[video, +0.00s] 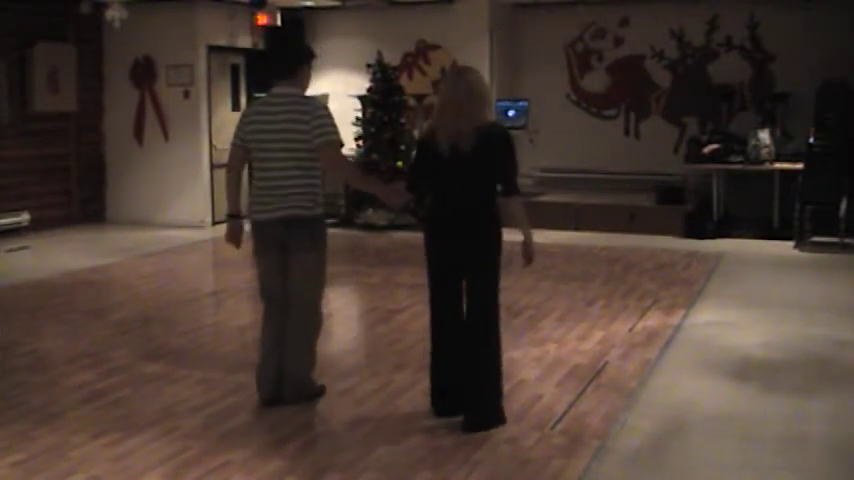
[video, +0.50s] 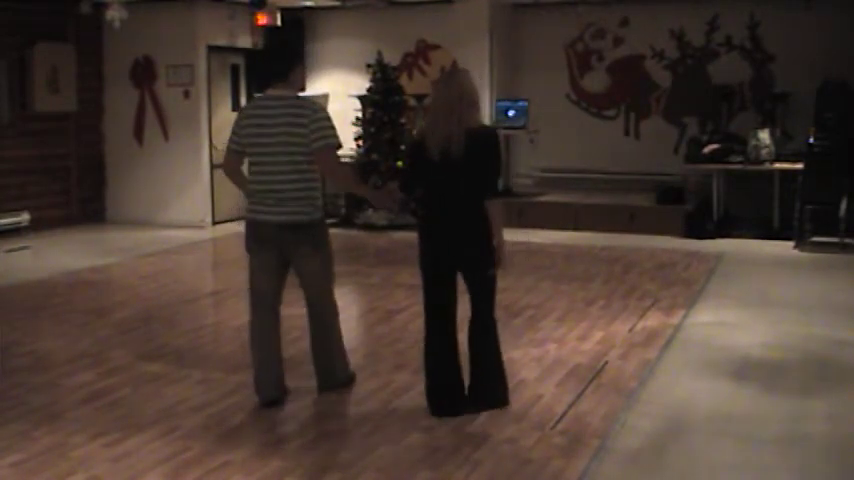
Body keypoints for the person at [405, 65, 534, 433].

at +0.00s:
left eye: (442, 90)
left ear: (443, 98)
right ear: (483, 97)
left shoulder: (431, 140)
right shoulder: (496, 137)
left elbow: (415, 193)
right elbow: (509, 195)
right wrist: (526, 235)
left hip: (441, 243)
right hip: (483, 243)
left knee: (444, 317)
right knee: (482, 320)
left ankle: (445, 399)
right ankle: (482, 409)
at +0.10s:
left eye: (441, 91)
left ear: (441, 98)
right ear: (481, 97)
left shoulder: (428, 140)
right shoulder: (493, 137)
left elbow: (410, 193)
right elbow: (507, 195)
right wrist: (526, 235)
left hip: (439, 243)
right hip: (482, 243)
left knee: (443, 318)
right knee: (482, 319)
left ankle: (447, 400)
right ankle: (483, 409)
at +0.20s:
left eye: (440, 92)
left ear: (439, 99)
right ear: (478, 98)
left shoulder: (426, 142)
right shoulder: (491, 139)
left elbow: (412, 193)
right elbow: (503, 197)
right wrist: (519, 238)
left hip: (437, 244)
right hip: (479, 243)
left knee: (442, 320)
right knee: (483, 321)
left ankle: (448, 400)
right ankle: (484, 406)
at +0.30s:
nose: (477, 105)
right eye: (475, 98)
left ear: (437, 101)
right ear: (475, 101)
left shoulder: (422, 144)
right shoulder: (486, 141)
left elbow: (407, 194)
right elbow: (498, 198)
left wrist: (428, 218)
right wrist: (510, 240)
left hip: (434, 244)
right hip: (475, 243)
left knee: (439, 319)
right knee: (486, 316)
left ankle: (446, 400)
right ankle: (484, 399)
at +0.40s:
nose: (474, 103)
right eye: (472, 96)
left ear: (436, 100)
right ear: (473, 100)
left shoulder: (423, 142)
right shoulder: (483, 139)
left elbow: (408, 192)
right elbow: (492, 196)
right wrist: (501, 241)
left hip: (435, 243)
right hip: (474, 240)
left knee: (439, 320)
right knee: (485, 316)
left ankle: (444, 400)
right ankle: (483, 393)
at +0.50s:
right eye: (472, 95)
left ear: (436, 100)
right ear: (473, 99)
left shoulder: (423, 141)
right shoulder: (484, 138)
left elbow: (410, 192)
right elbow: (491, 197)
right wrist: (499, 242)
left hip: (434, 242)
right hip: (474, 239)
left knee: (439, 318)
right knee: (483, 313)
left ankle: (443, 397)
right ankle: (487, 392)